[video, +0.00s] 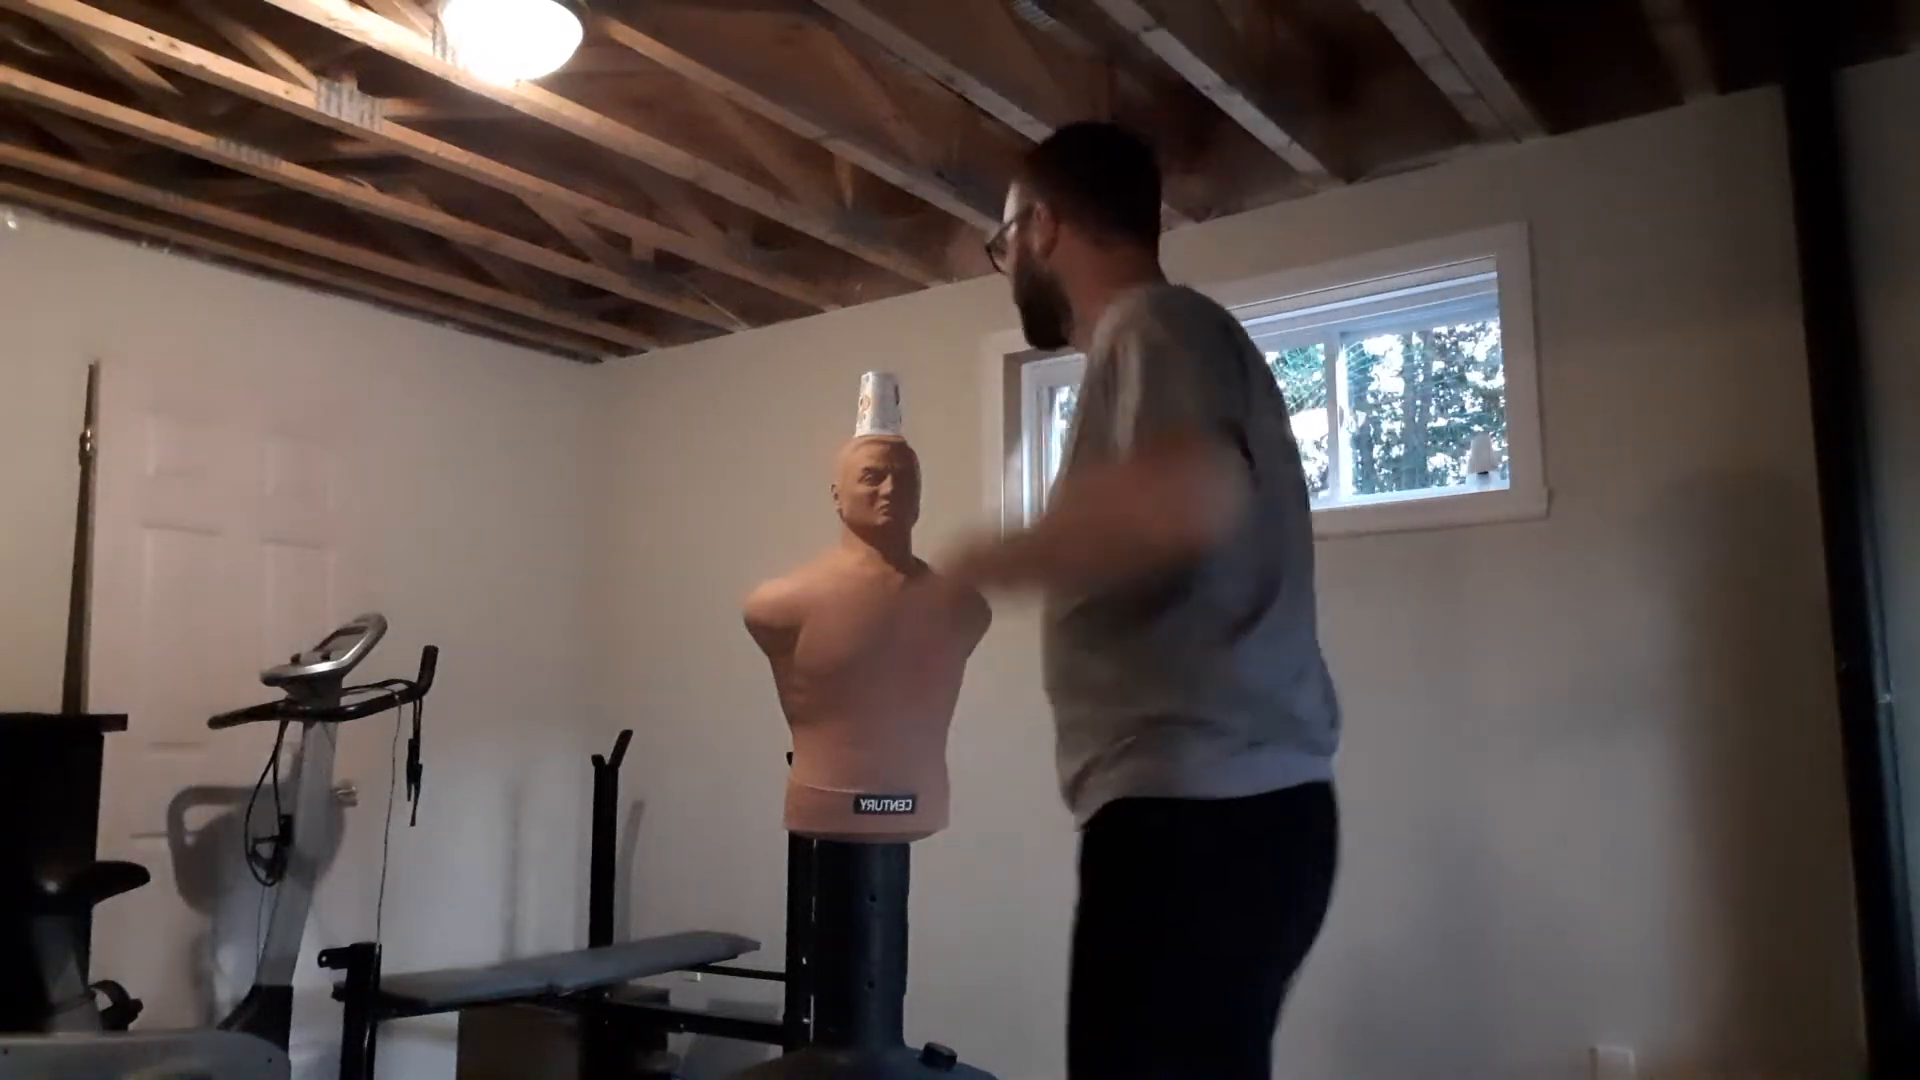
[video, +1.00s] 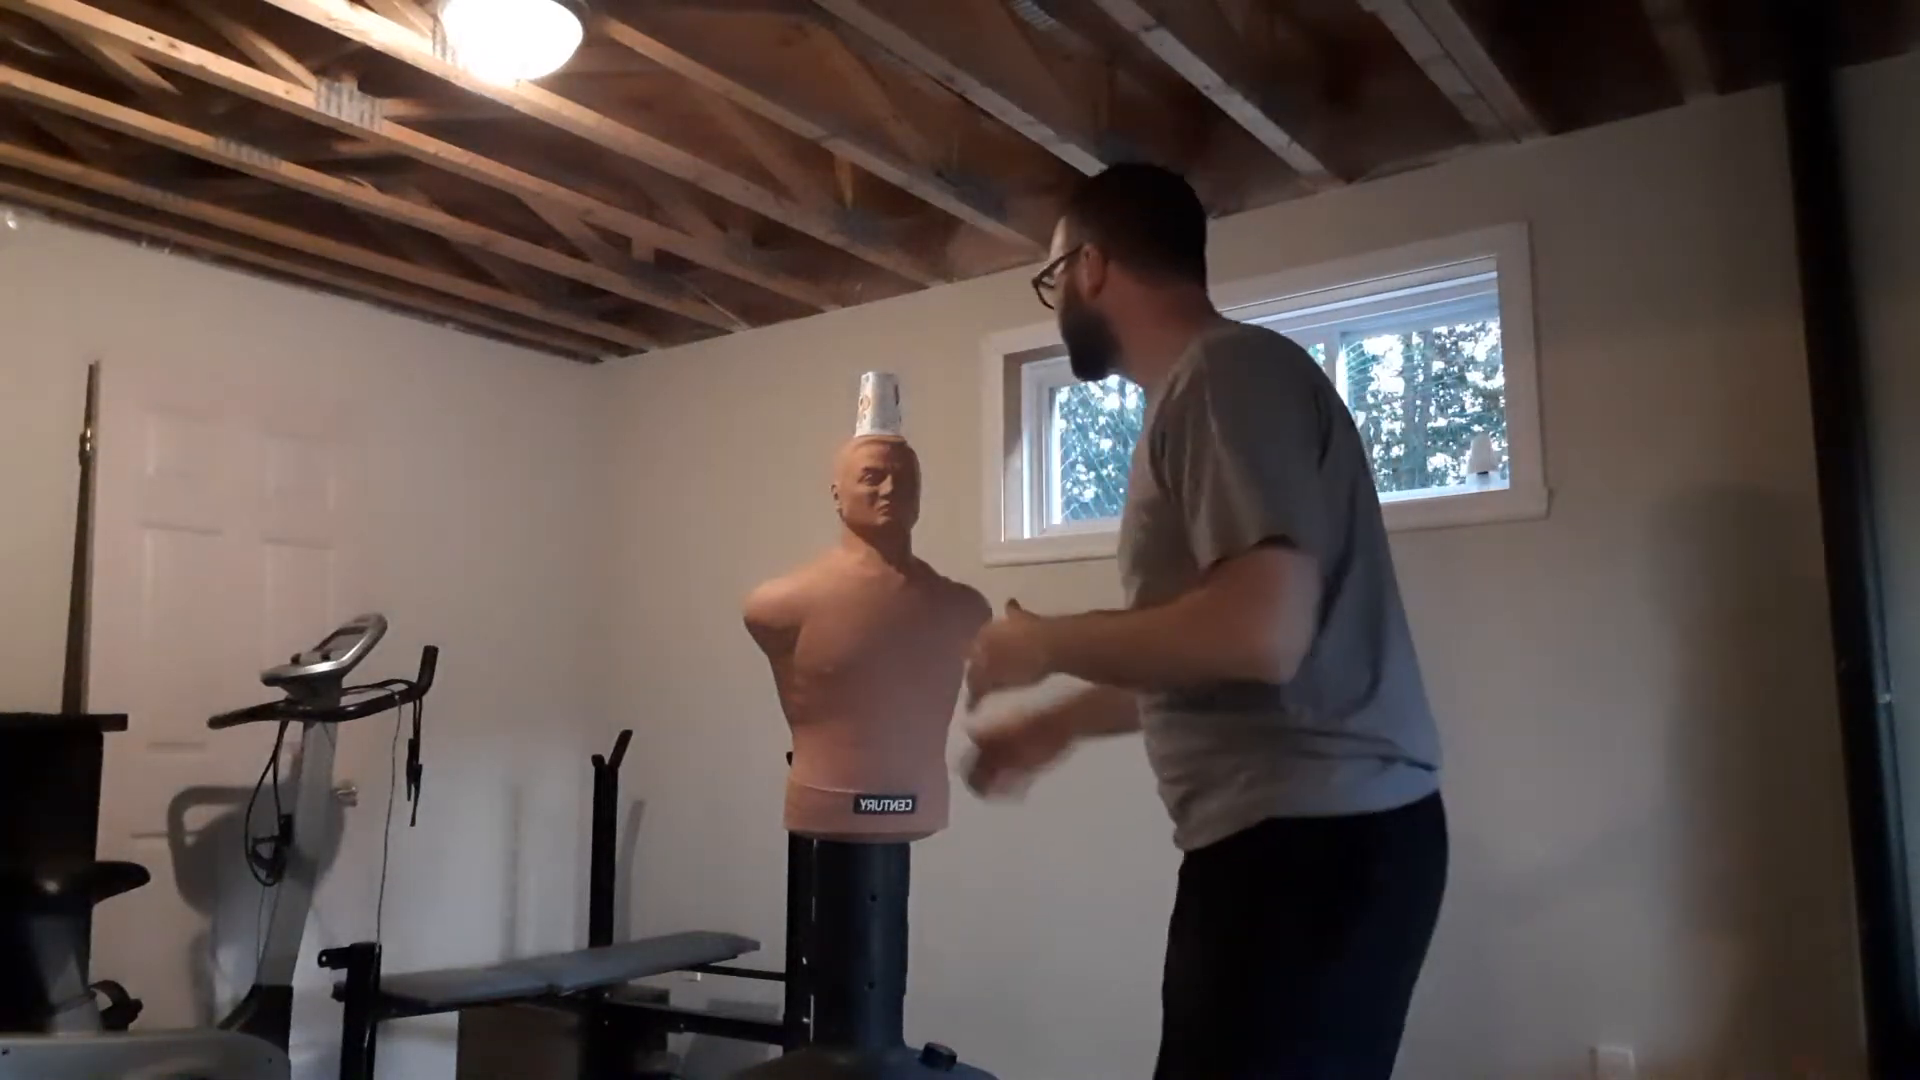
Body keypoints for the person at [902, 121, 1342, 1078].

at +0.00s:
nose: (1003, 256)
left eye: (1011, 224)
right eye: (1004, 229)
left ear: (1052, 225)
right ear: (1133, 223)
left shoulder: (1156, 324)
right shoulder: (1184, 331)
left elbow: (1189, 494)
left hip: (1193, 818)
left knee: (1141, 1067)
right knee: (1182, 1068)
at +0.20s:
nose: (1047, 294)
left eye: (1050, 266)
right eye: (1044, 272)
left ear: (1090, 253)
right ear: (1178, 252)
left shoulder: (1178, 346)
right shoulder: (1243, 358)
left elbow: (965, 460)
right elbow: (1091, 540)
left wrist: (920, 551)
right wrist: (937, 535)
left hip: (1250, 821)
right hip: (1318, 815)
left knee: (1145, 1068)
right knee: (1245, 1069)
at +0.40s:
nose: (1076, 287)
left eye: (1080, 257)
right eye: (1074, 264)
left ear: (1122, 247)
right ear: (1212, 245)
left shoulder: (1189, 360)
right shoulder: (1288, 373)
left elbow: (1091, 621)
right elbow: (1273, 660)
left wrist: (1013, 645)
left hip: (1252, 854)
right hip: (1338, 839)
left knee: (1239, 1067)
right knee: (1309, 1067)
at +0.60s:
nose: (1077, 274)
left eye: (1079, 242)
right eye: (1076, 248)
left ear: (1120, 233)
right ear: (1215, 228)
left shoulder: (1229, 341)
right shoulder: (1291, 345)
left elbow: (1203, 620)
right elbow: (1327, 617)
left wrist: (1095, 681)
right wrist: (1216, 767)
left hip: (1311, 860)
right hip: (1375, 848)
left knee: (1175, 1068)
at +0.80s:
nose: (1075, 287)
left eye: (1077, 259)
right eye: (1072, 265)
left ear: (1119, 252)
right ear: (1206, 242)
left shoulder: (1260, 367)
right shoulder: (1260, 376)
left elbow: (1149, 613)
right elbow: (1236, 631)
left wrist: (1045, 627)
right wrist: (1066, 673)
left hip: (1324, 862)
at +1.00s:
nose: (1055, 300)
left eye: (1056, 272)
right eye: (1052, 278)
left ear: (1095, 265)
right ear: (1177, 260)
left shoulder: (1236, 371)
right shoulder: (1195, 400)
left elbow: (1263, 628)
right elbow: (1205, 659)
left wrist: (1052, 639)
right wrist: (1060, 723)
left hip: (1314, 841)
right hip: (1276, 841)